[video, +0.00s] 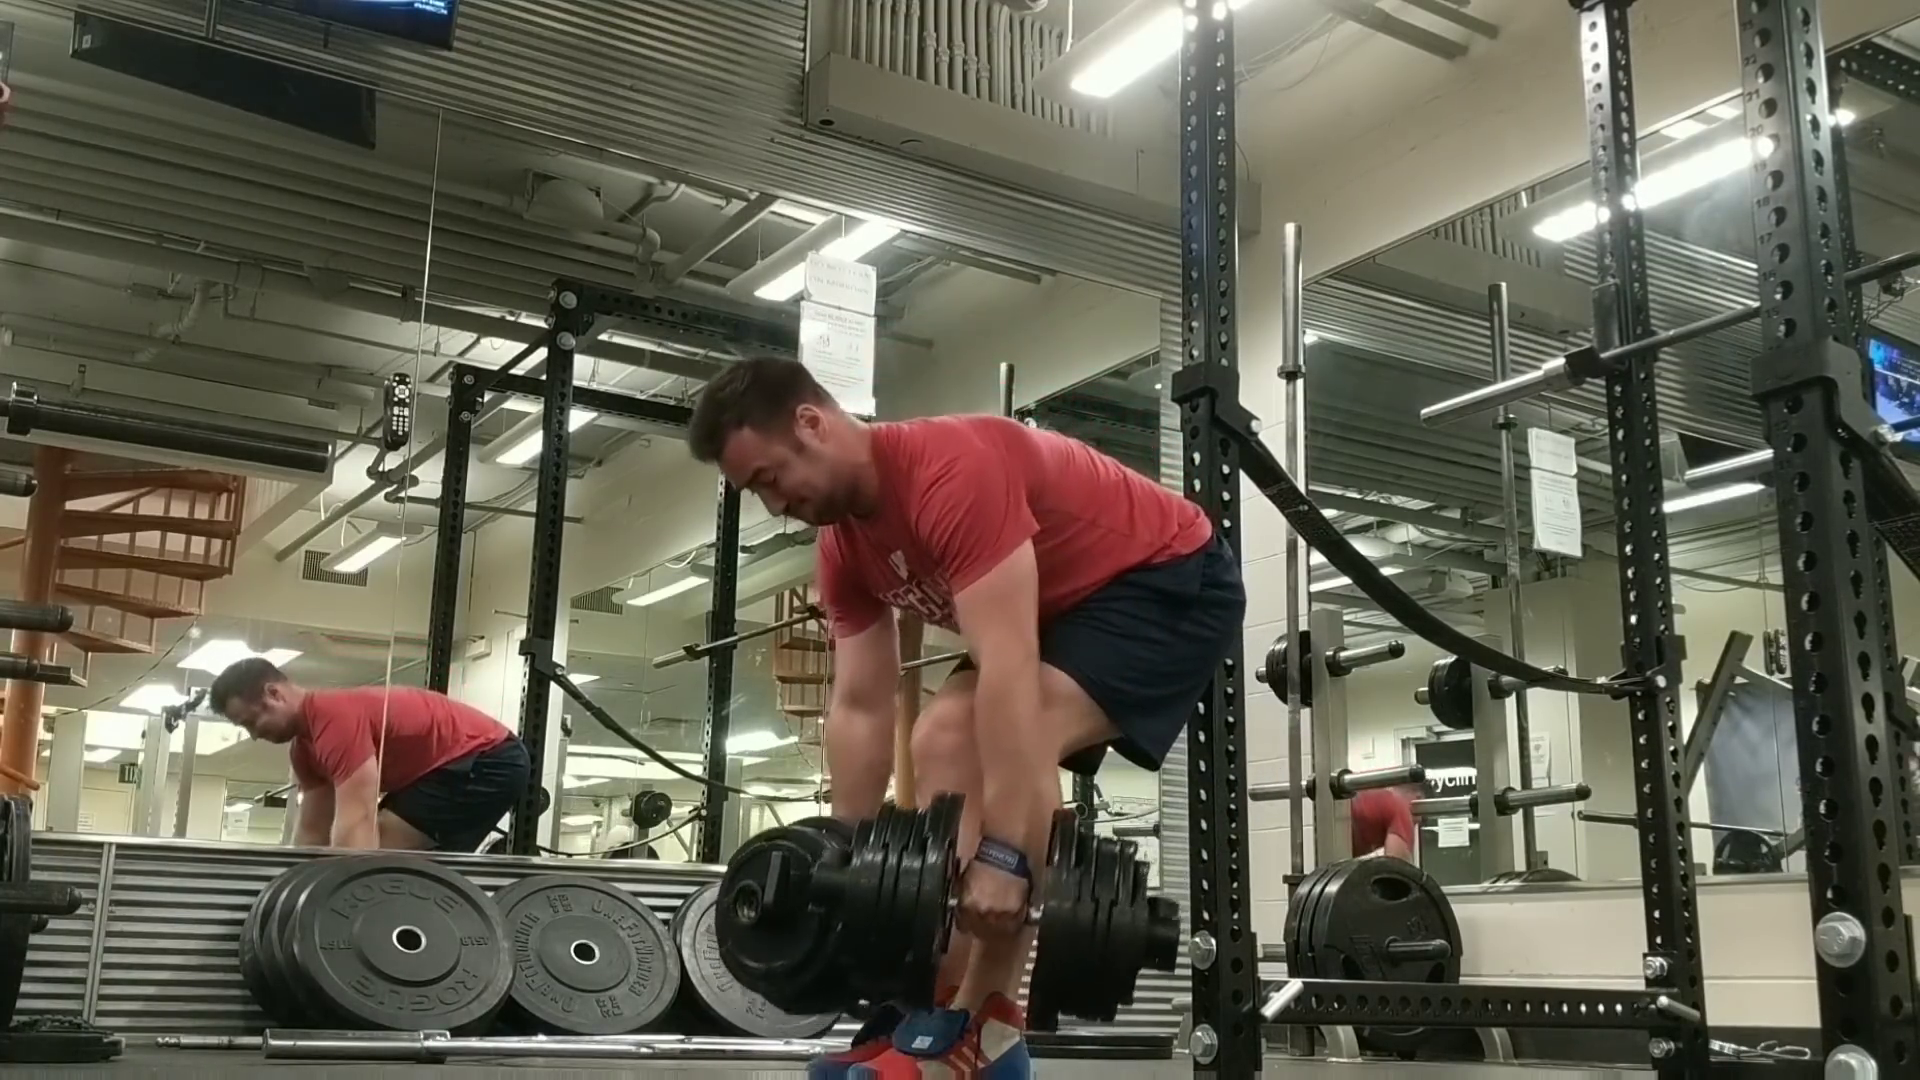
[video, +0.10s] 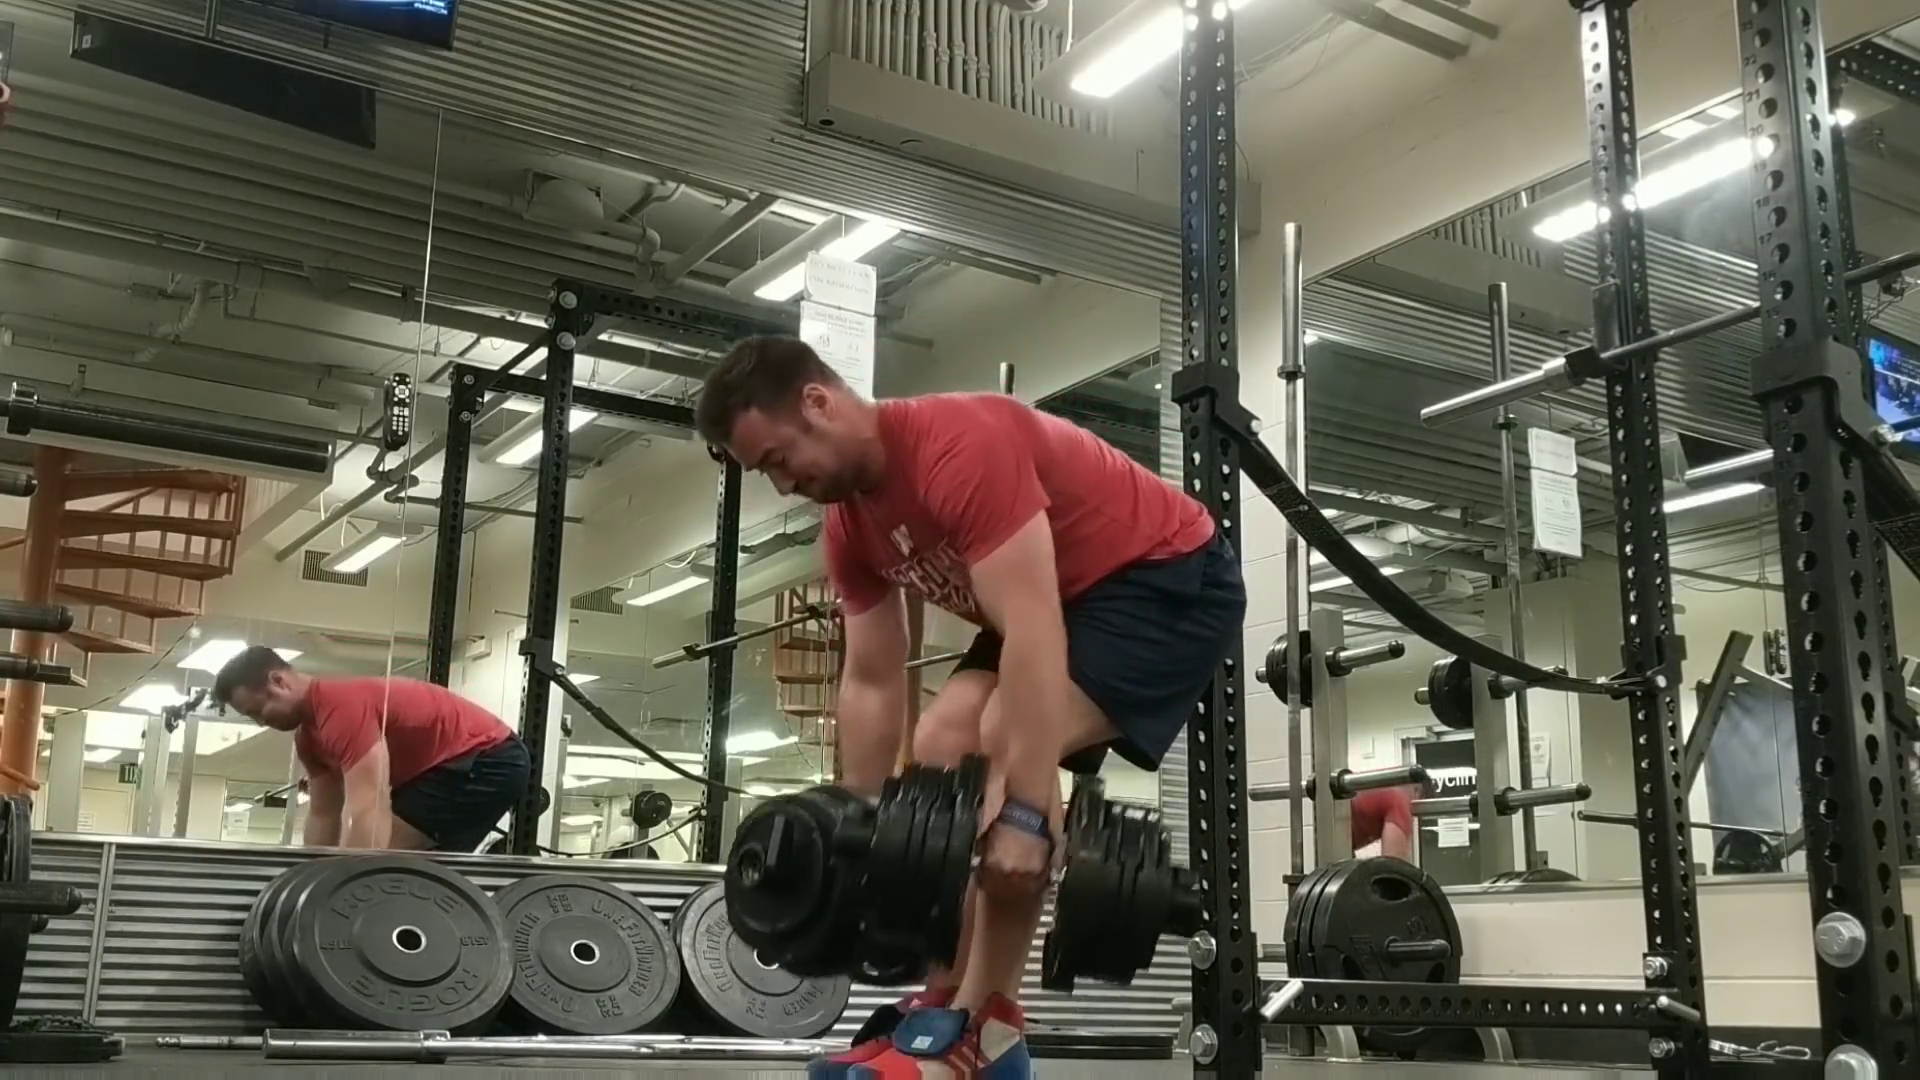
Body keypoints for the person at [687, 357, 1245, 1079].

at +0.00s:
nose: (774, 506)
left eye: (769, 478)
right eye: (756, 492)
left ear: (816, 421)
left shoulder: (957, 474)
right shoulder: (846, 548)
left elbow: (1006, 660)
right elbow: (861, 704)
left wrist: (1006, 850)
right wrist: (843, 863)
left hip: (1168, 579)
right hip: (1069, 604)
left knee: (1011, 743)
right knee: (941, 734)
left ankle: (992, 1025)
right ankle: (935, 1017)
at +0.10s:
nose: (783, 486)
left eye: (779, 459)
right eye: (767, 473)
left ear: (821, 401)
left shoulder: (964, 446)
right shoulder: (851, 528)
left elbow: (1032, 617)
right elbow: (873, 679)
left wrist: (1027, 809)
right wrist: (855, 836)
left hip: (1169, 576)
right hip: (1061, 601)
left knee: (1011, 731)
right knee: (940, 737)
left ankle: (989, 1025)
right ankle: (942, 1004)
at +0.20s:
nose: (797, 461)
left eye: (791, 436)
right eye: (780, 450)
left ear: (831, 377)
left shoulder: (971, 414)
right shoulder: (858, 503)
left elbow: (1057, 583)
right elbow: (883, 646)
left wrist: (1054, 768)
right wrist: (873, 797)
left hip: (1167, 573)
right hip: (1046, 597)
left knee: (1023, 742)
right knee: (950, 732)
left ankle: (990, 1019)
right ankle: (942, 1002)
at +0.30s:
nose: (814, 443)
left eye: (807, 420)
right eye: (797, 435)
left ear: (840, 357)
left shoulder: (985, 387)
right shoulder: (864, 475)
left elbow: (1086, 542)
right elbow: (900, 610)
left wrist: (1085, 719)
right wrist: (888, 754)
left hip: (1162, 567)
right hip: (1039, 592)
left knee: (1025, 761)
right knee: (951, 758)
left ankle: (991, 1017)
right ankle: (942, 1000)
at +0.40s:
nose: (835, 438)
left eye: (826, 417)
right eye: (818, 431)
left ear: (851, 348)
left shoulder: (998, 365)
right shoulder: (873, 457)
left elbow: (1113, 510)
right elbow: (917, 581)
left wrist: (1115, 679)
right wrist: (901, 716)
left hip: (1157, 570)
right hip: (1041, 590)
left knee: (1021, 749)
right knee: (949, 739)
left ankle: (992, 1012)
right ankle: (943, 997)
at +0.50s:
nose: (853, 435)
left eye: (842, 417)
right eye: (837, 430)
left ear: (858, 351)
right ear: (854, 359)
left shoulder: (1003, 349)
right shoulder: (881, 442)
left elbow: (1137, 477)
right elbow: (940, 559)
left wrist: (1140, 642)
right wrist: (913, 691)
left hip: (1158, 565)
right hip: (1051, 586)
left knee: (1018, 735)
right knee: (952, 733)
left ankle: (992, 1018)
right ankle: (942, 1003)